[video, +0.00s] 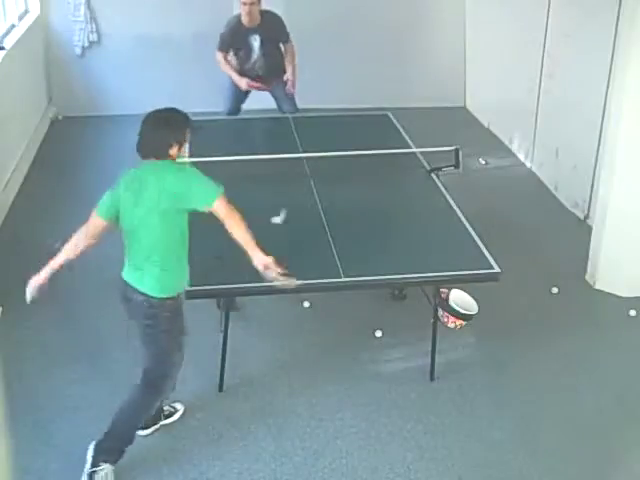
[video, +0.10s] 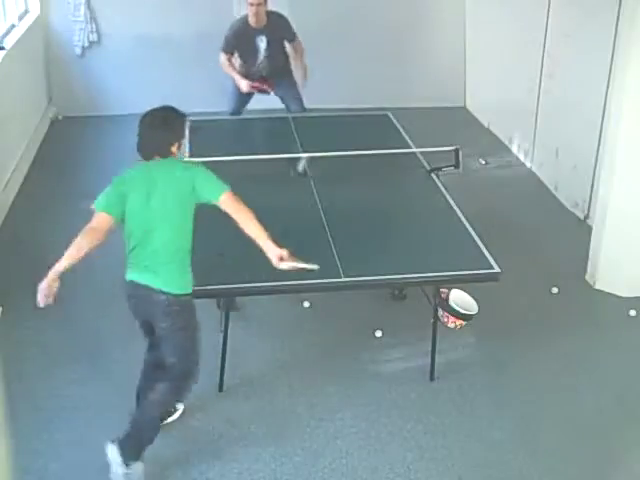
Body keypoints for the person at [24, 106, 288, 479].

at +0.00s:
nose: (188, 150)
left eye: (187, 143)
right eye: (186, 144)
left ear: (145, 145)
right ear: (176, 147)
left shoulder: (127, 181)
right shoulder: (184, 178)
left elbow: (89, 233)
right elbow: (227, 212)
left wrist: (46, 272)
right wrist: (258, 257)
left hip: (132, 289)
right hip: (160, 301)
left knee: (162, 355)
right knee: (155, 380)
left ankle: (151, 413)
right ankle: (104, 456)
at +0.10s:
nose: (187, 145)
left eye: (184, 139)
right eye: (185, 140)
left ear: (144, 144)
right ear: (177, 145)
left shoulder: (126, 180)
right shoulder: (191, 174)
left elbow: (95, 232)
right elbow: (234, 206)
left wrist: (54, 272)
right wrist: (271, 249)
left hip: (136, 290)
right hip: (172, 298)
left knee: (156, 352)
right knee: (178, 373)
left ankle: (155, 412)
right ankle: (128, 450)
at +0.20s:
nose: (189, 138)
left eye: (187, 132)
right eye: (187, 133)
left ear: (146, 139)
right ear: (179, 138)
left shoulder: (133, 177)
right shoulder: (199, 171)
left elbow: (108, 230)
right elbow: (240, 205)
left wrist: (76, 270)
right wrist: (279, 243)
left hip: (143, 290)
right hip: (182, 294)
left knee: (156, 348)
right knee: (199, 371)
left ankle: (148, 419)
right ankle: (172, 456)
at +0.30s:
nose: (195, 137)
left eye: (192, 131)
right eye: (193, 132)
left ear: (155, 139)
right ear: (189, 139)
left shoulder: (139, 181)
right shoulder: (206, 175)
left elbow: (120, 233)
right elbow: (250, 216)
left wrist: (91, 278)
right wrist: (293, 253)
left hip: (153, 293)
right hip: (194, 297)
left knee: (164, 346)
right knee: (223, 374)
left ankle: (153, 416)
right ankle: (221, 463)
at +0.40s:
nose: (209, 147)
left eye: (207, 141)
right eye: (207, 142)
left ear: (171, 146)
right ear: (203, 147)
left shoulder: (152, 188)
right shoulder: (218, 187)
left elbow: (132, 244)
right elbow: (258, 236)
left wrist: (105, 295)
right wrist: (302, 267)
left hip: (166, 300)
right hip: (205, 305)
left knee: (175, 347)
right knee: (246, 377)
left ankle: (154, 414)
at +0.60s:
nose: (249, 161)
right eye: (251, 156)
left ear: (216, 160)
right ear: (251, 161)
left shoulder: (196, 201)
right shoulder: (268, 204)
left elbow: (166, 256)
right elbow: (287, 258)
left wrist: (140, 305)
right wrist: (306, 277)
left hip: (201, 316)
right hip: (247, 320)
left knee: (182, 378)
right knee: (283, 389)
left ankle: (157, 432)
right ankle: (307, 465)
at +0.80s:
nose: (269, 167)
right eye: (269, 161)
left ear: (228, 164)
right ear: (267, 168)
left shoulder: (205, 204)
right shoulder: (278, 210)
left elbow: (170, 256)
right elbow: (294, 280)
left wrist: (144, 312)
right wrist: (291, 282)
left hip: (202, 333)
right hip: (253, 337)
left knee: (183, 405)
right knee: (290, 410)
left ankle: (165, 475)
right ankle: (316, 474)